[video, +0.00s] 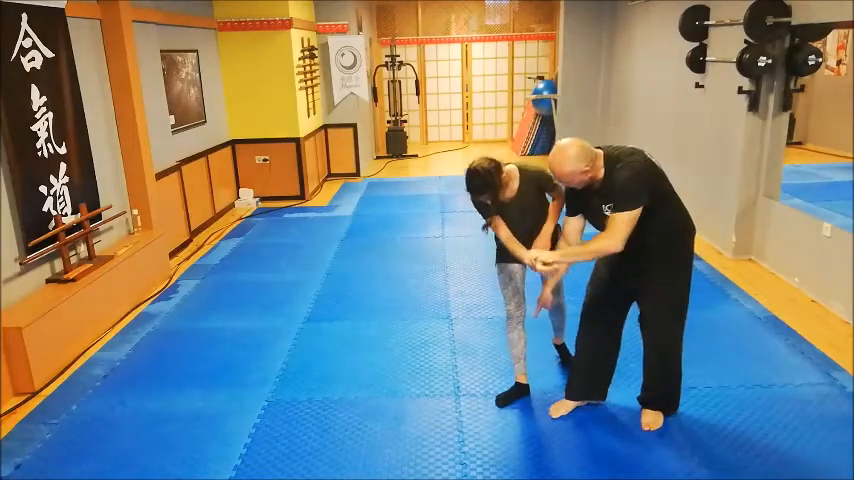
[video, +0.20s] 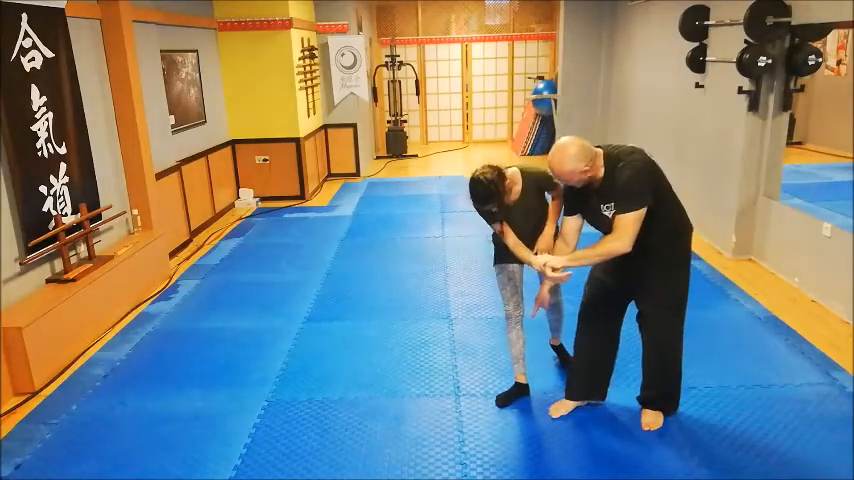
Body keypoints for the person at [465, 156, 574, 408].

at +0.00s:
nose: (485, 202)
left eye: (488, 196)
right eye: (481, 199)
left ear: (501, 179)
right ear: (477, 189)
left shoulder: (534, 175)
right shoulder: (480, 195)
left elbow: (559, 194)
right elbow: (504, 235)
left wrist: (546, 233)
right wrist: (529, 258)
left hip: (546, 241)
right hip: (511, 248)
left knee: (556, 299)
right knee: (513, 313)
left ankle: (560, 342)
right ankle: (521, 381)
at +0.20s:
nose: (495, 210)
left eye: (497, 204)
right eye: (489, 209)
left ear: (505, 185)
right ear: (481, 198)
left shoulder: (534, 177)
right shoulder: (484, 201)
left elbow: (558, 191)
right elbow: (507, 235)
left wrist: (548, 232)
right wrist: (537, 263)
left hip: (543, 241)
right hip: (509, 247)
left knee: (554, 298)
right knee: (512, 312)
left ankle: (556, 342)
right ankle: (520, 381)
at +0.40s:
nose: (495, 207)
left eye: (498, 202)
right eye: (490, 206)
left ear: (508, 183)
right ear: (481, 196)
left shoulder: (536, 175)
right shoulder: (483, 200)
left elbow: (555, 192)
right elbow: (506, 233)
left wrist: (547, 232)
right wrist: (539, 262)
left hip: (540, 238)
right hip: (504, 243)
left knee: (553, 296)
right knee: (509, 314)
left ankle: (556, 342)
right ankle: (520, 381)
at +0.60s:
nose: (498, 193)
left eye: (501, 187)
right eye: (492, 190)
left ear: (513, 167)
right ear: (484, 181)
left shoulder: (536, 167)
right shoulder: (482, 192)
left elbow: (545, 194)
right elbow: (511, 228)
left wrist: (542, 224)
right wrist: (549, 258)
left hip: (533, 235)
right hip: (497, 242)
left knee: (551, 298)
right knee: (501, 317)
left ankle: (557, 342)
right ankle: (516, 381)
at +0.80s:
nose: (510, 161)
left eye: (514, 154)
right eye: (503, 154)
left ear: (521, 148)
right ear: (490, 149)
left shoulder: (517, 163)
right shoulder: (482, 175)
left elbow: (522, 191)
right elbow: (520, 217)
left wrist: (534, 213)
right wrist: (560, 245)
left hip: (518, 240)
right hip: (488, 248)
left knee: (530, 295)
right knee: (498, 319)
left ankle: (542, 345)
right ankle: (506, 376)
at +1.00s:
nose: (516, 139)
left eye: (519, 132)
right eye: (512, 133)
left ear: (516, 124)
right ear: (491, 128)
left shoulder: (492, 153)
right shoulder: (489, 164)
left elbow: (495, 197)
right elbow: (533, 211)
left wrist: (519, 212)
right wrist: (578, 234)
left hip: (498, 242)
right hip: (486, 246)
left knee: (505, 304)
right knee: (499, 315)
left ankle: (498, 355)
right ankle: (486, 378)